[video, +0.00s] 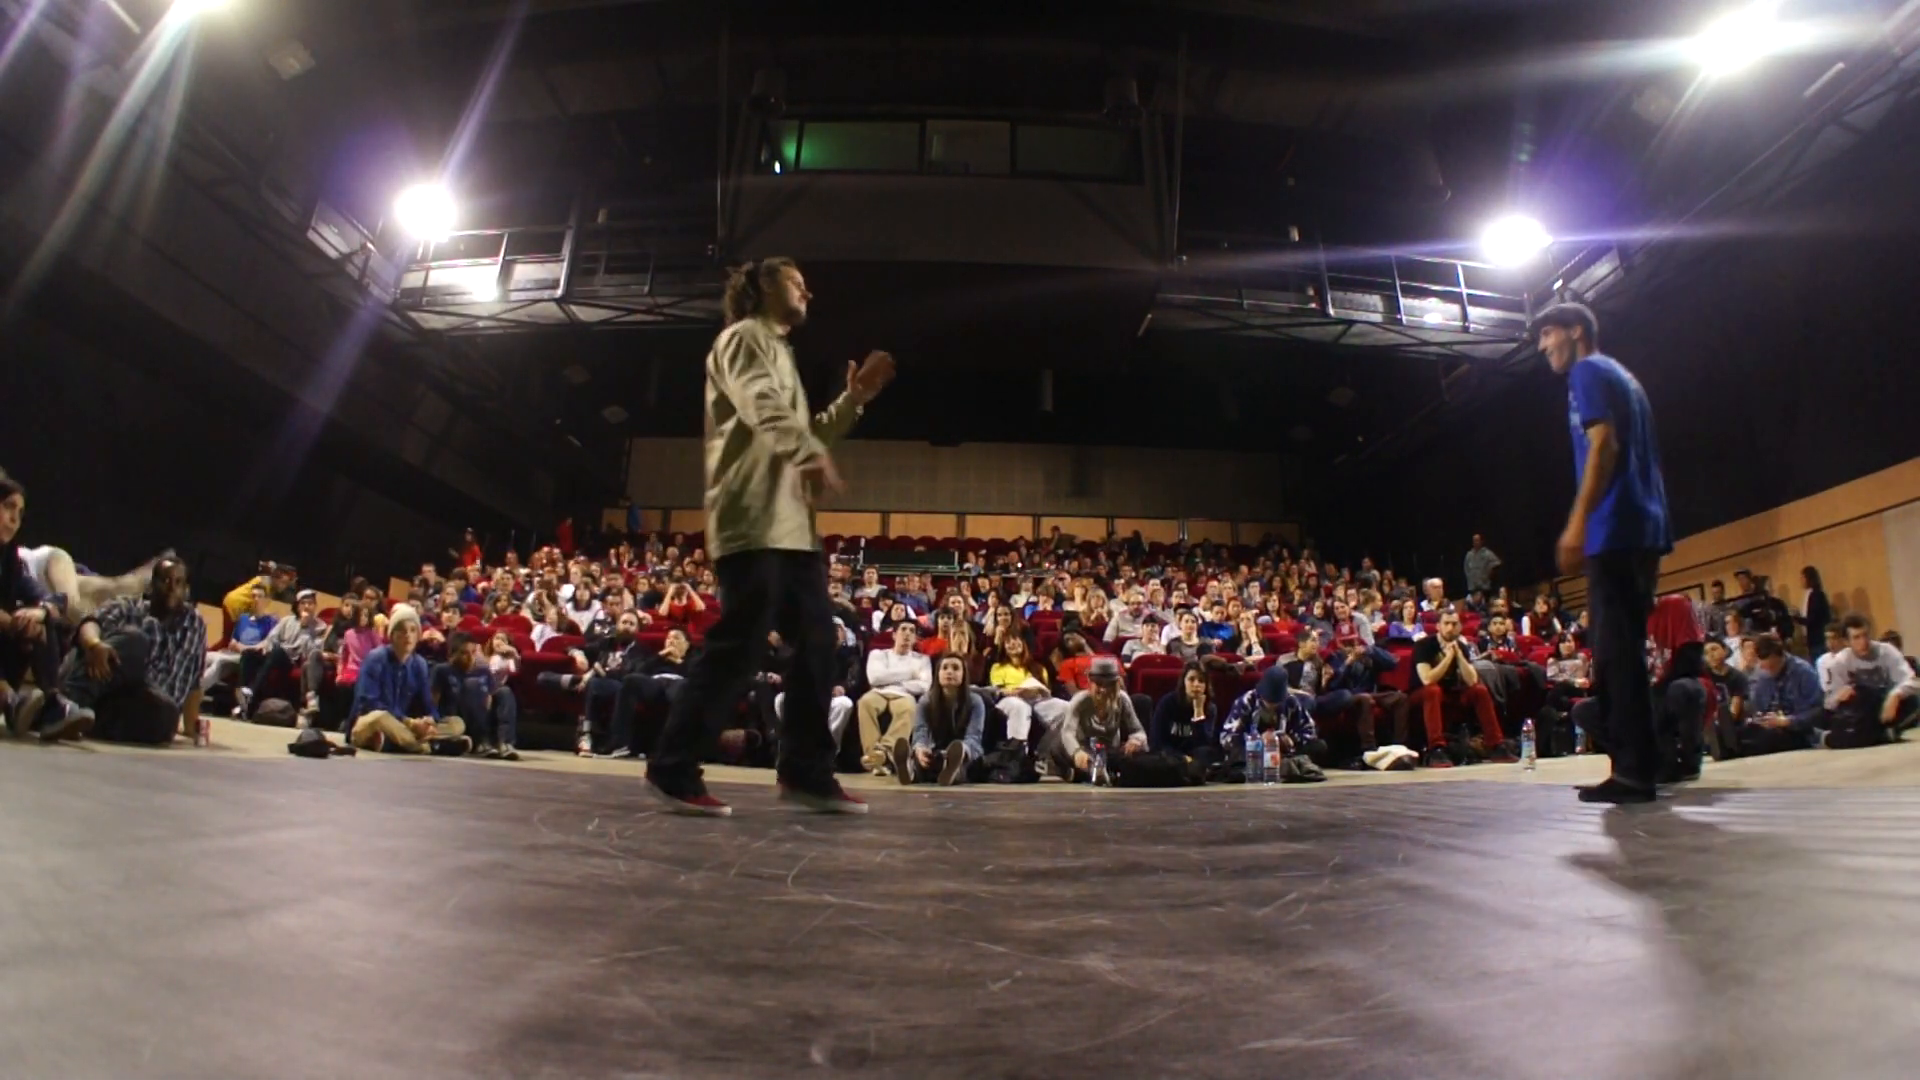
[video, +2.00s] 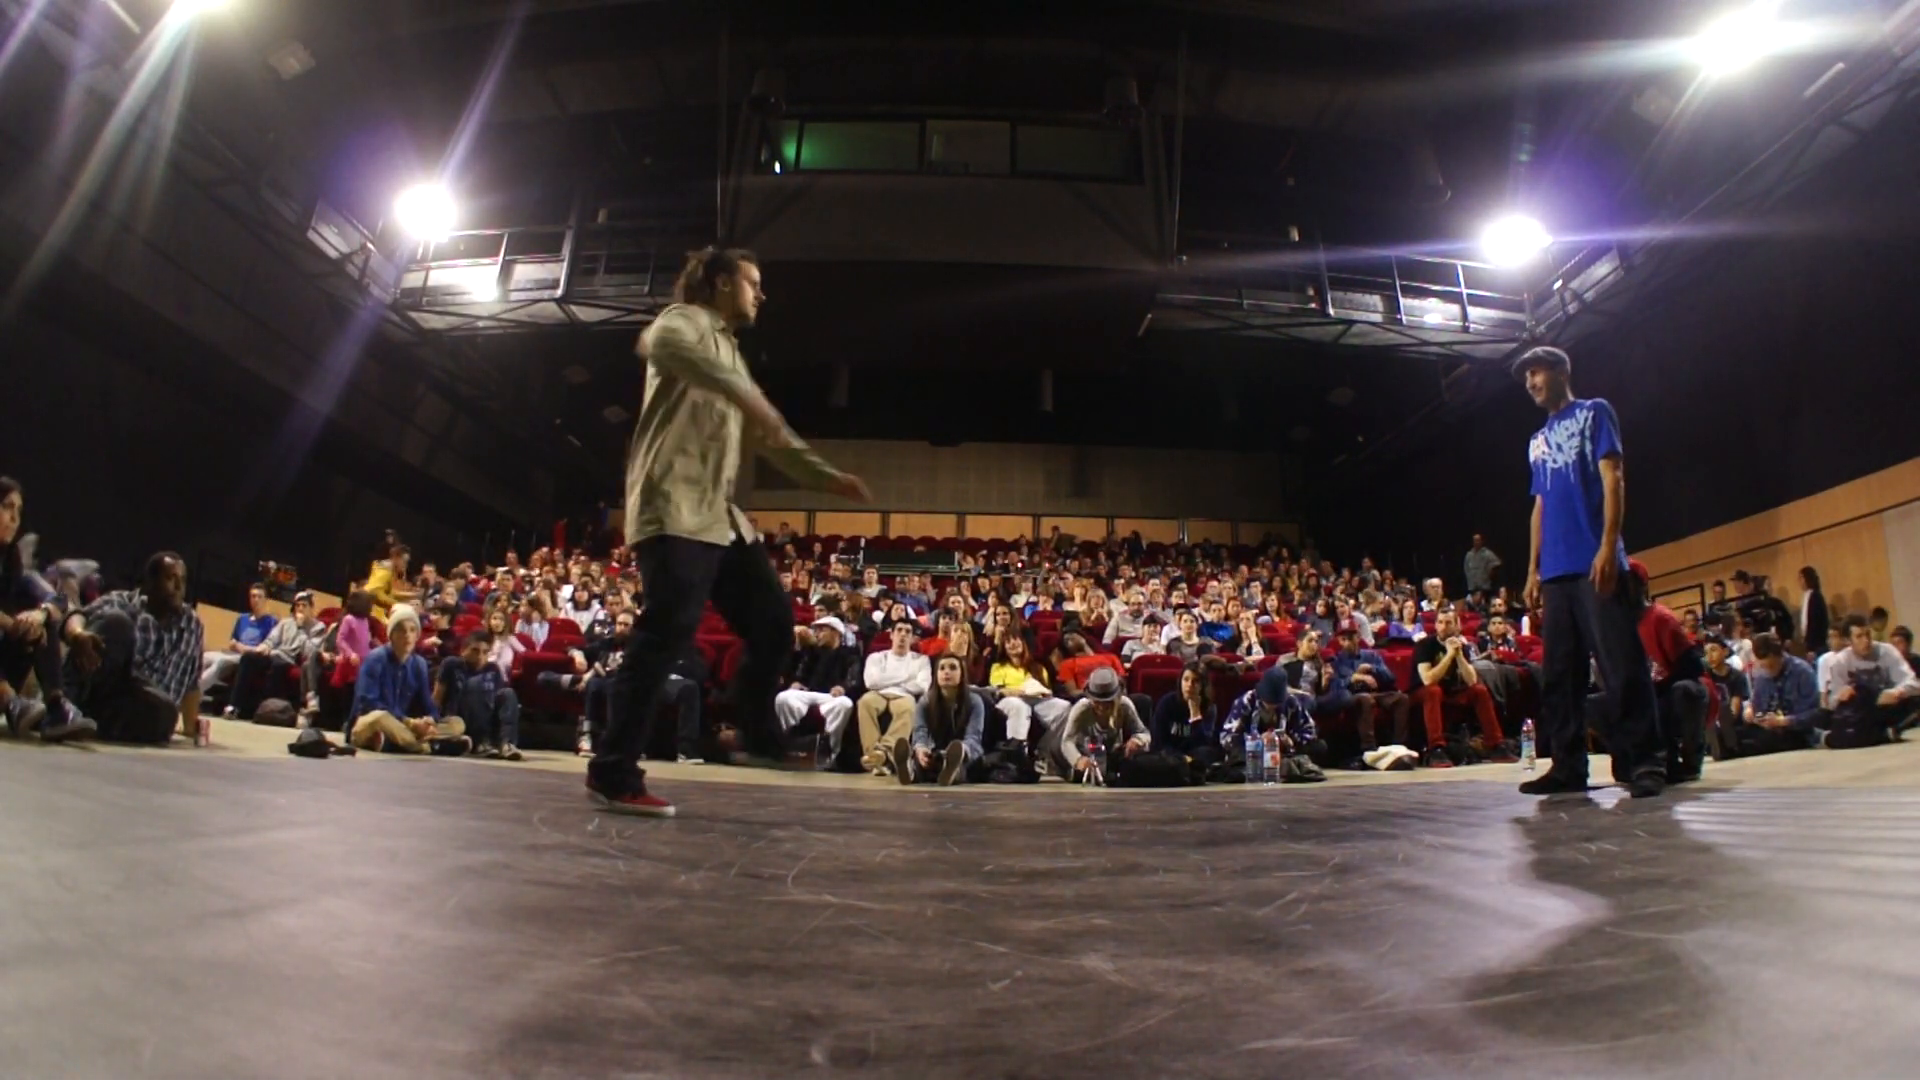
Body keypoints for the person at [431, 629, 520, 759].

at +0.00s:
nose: (470, 657)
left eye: (473, 653)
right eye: (465, 653)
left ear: (476, 652)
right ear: (455, 653)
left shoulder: (483, 672)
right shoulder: (442, 671)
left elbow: (490, 696)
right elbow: (435, 697)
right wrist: (435, 720)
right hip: (454, 719)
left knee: (505, 692)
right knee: (472, 685)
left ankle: (505, 743)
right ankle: (482, 741)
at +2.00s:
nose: (480, 657)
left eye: (485, 652)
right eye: (475, 651)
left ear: (489, 653)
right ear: (465, 650)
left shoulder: (492, 669)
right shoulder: (451, 664)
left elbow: (501, 694)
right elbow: (438, 697)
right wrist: (435, 722)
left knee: (508, 693)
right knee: (474, 684)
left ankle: (507, 743)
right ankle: (482, 742)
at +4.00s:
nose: (478, 659)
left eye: (483, 654)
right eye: (474, 653)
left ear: (487, 654)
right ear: (465, 653)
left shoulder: (491, 669)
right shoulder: (451, 664)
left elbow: (500, 694)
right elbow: (438, 697)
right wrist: (430, 721)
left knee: (510, 694)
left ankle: (508, 743)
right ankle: (483, 742)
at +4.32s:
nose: (478, 659)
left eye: (483, 654)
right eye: (474, 654)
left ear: (488, 654)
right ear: (465, 653)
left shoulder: (491, 669)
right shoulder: (451, 664)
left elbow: (499, 694)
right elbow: (438, 697)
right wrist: (429, 721)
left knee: (510, 694)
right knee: (471, 690)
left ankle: (507, 743)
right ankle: (482, 742)